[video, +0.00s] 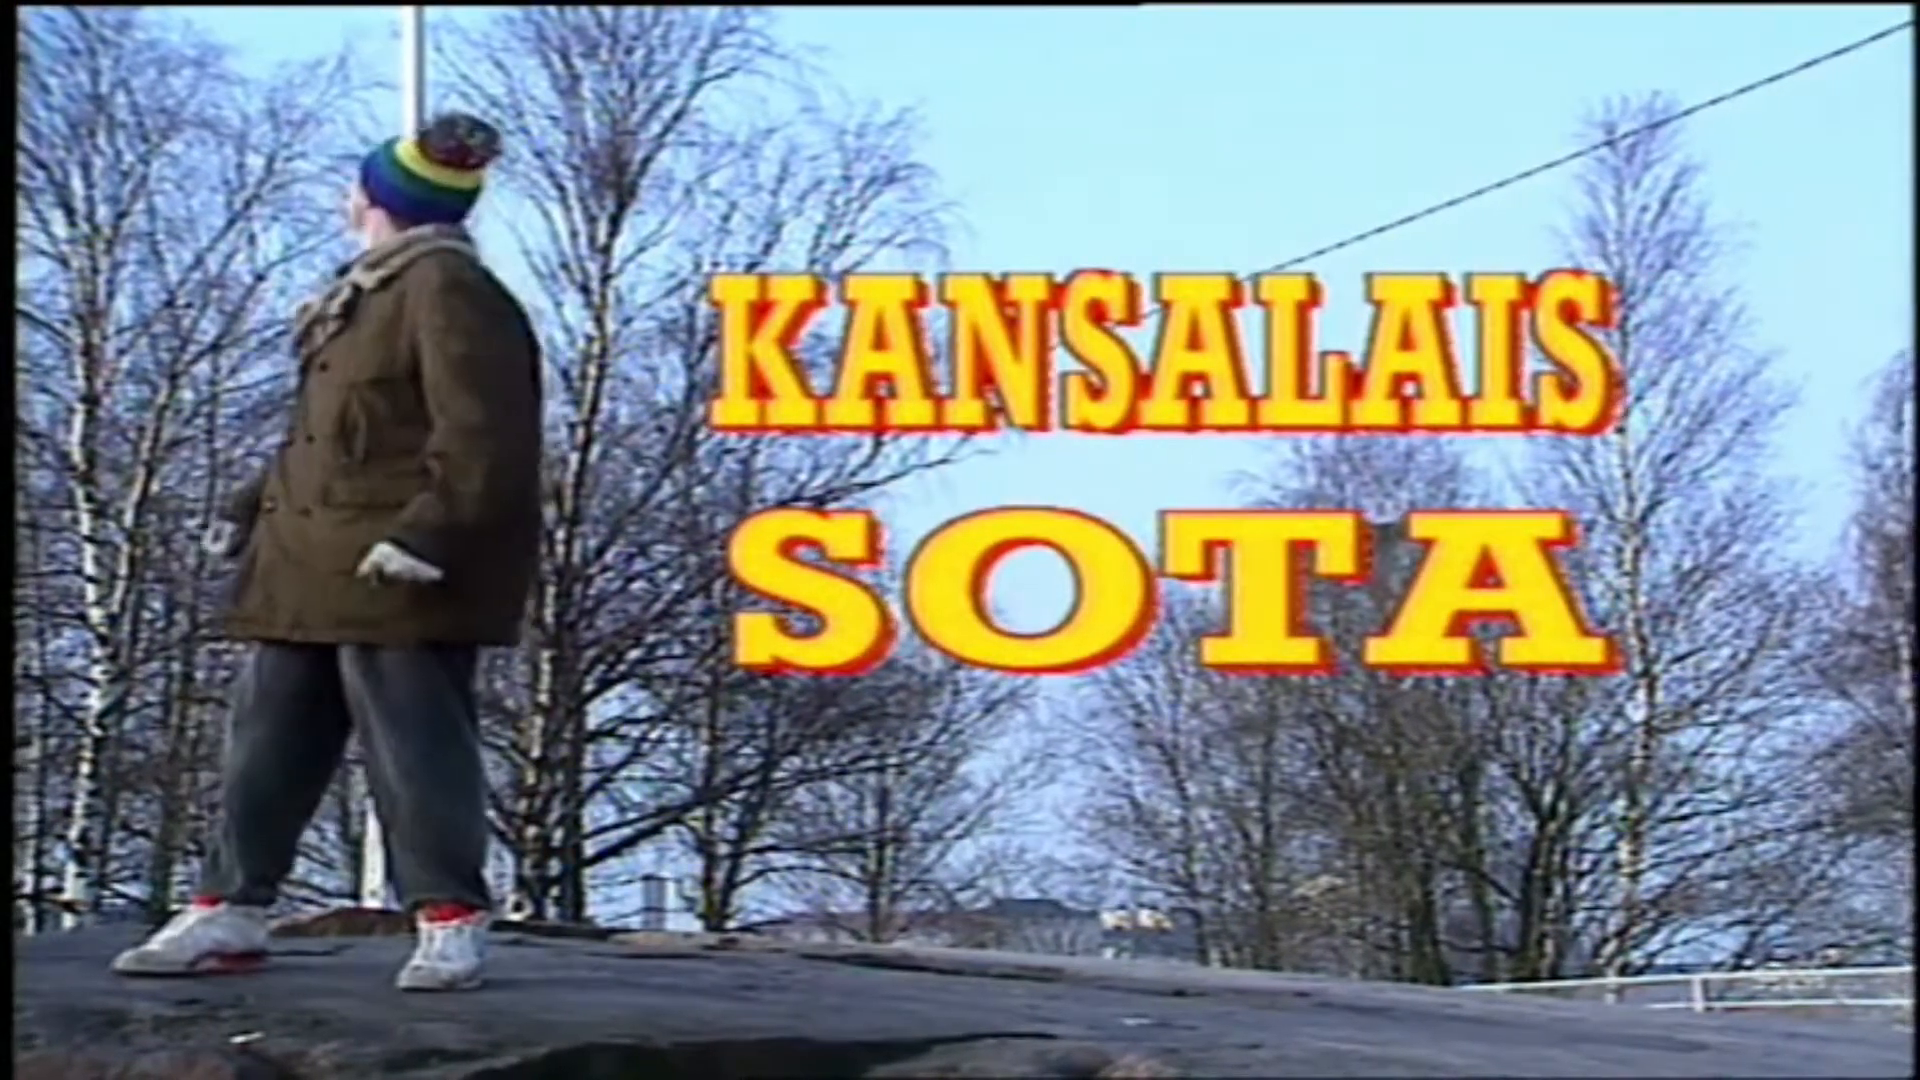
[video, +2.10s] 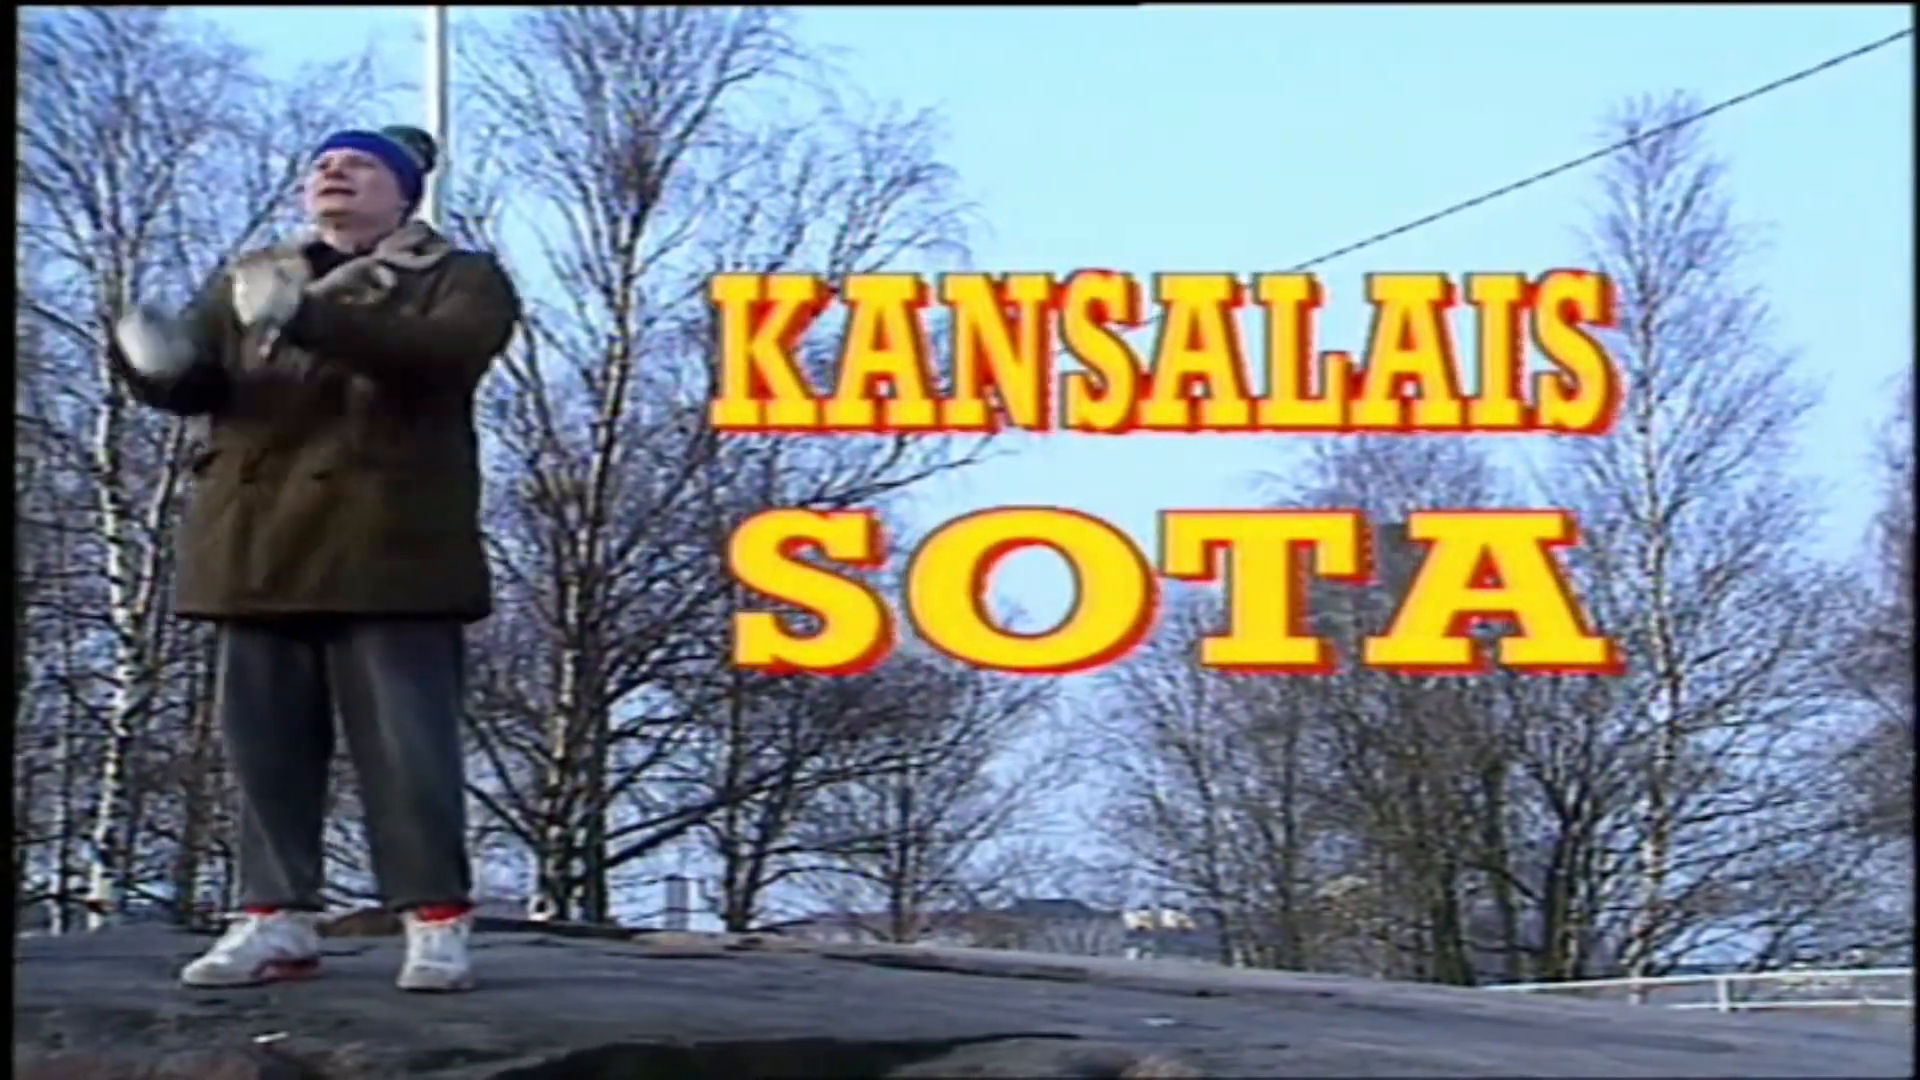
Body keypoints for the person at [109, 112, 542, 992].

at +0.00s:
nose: (352, 209)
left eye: (360, 197)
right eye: (359, 196)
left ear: (381, 203)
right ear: (418, 205)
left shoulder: (450, 286)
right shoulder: (359, 293)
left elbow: (482, 435)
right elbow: (329, 435)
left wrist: (430, 533)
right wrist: (264, 506)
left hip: (396, 569)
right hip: (306, 566)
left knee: (416, 744)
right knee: (269, 742)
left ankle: (451, 918)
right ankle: (233, 909)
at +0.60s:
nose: (354, 183)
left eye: (377, 174)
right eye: (348, 174)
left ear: (424, 203)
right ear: (337, 200)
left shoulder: (482, 301)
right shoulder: (300, 306)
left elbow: (489, 441)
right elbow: (247, 437)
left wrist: (400, 514)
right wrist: (193, 507)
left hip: (410, 584)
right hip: (283, 578)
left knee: (425, 753)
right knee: (244, 739)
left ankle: (461, 919)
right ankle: (238, 912)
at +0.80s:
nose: (328, 183)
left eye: (352, 174)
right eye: (316, 174)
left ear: (394, 202)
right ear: (296, 202)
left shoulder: (459, 292)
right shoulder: (239, 310)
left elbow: (506, 377)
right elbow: (163, 397)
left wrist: (424, 407)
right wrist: (96, 436)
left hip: (408, 576)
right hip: (270, 577)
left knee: (428, 747)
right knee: (240, 735)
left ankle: (457, 915)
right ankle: (235, 914)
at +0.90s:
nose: (328, 184)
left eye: (351, 175)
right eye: (316, 175)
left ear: (392, 202)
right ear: (294, 202)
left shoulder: (446, 281)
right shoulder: (243, 301)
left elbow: (508, 352)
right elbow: (160, 362)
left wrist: (422, 322)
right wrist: (99, 348)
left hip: (407, 555)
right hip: (267, 559)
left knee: (419, 740)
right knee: (240, 729)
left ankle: (443, 916)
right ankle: (237, 914)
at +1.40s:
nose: (361, 179)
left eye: (384, 173)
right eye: (347, 172)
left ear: (425, 204)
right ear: (327, 203)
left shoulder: (472, 274)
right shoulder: (276, 283)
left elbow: (515, 338)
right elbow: (201, 382)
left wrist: (396, 285)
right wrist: (201, 361)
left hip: (425, 544)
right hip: (285, 546)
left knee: (434, 738)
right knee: (266, 730)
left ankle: (450, 917)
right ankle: (268, 912)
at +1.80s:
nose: (309, 175)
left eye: (333, 165)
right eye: (297, 168)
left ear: (385, 195)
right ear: (279, 199)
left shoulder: (446, 273)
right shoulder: (236, 284)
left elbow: (447, 372)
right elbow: (141, 359)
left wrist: (336, 383)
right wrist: (116, 306)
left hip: (396, 558)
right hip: (255, 560)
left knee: (412, 742)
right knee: (257, 744)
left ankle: (440, 914)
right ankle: (274, 917)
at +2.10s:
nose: (332, 175)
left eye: (356, 166)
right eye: (321, 167)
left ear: (407, 194)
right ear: (303, 195)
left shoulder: (461, 275)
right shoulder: (255, 275)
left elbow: (446, 353)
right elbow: (198, 383)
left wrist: (308, 314)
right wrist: (162, 366)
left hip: (394, 554)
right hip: (259, 552)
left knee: (406, 744)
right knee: (265, 744)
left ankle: (436, 919)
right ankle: (279, 917)